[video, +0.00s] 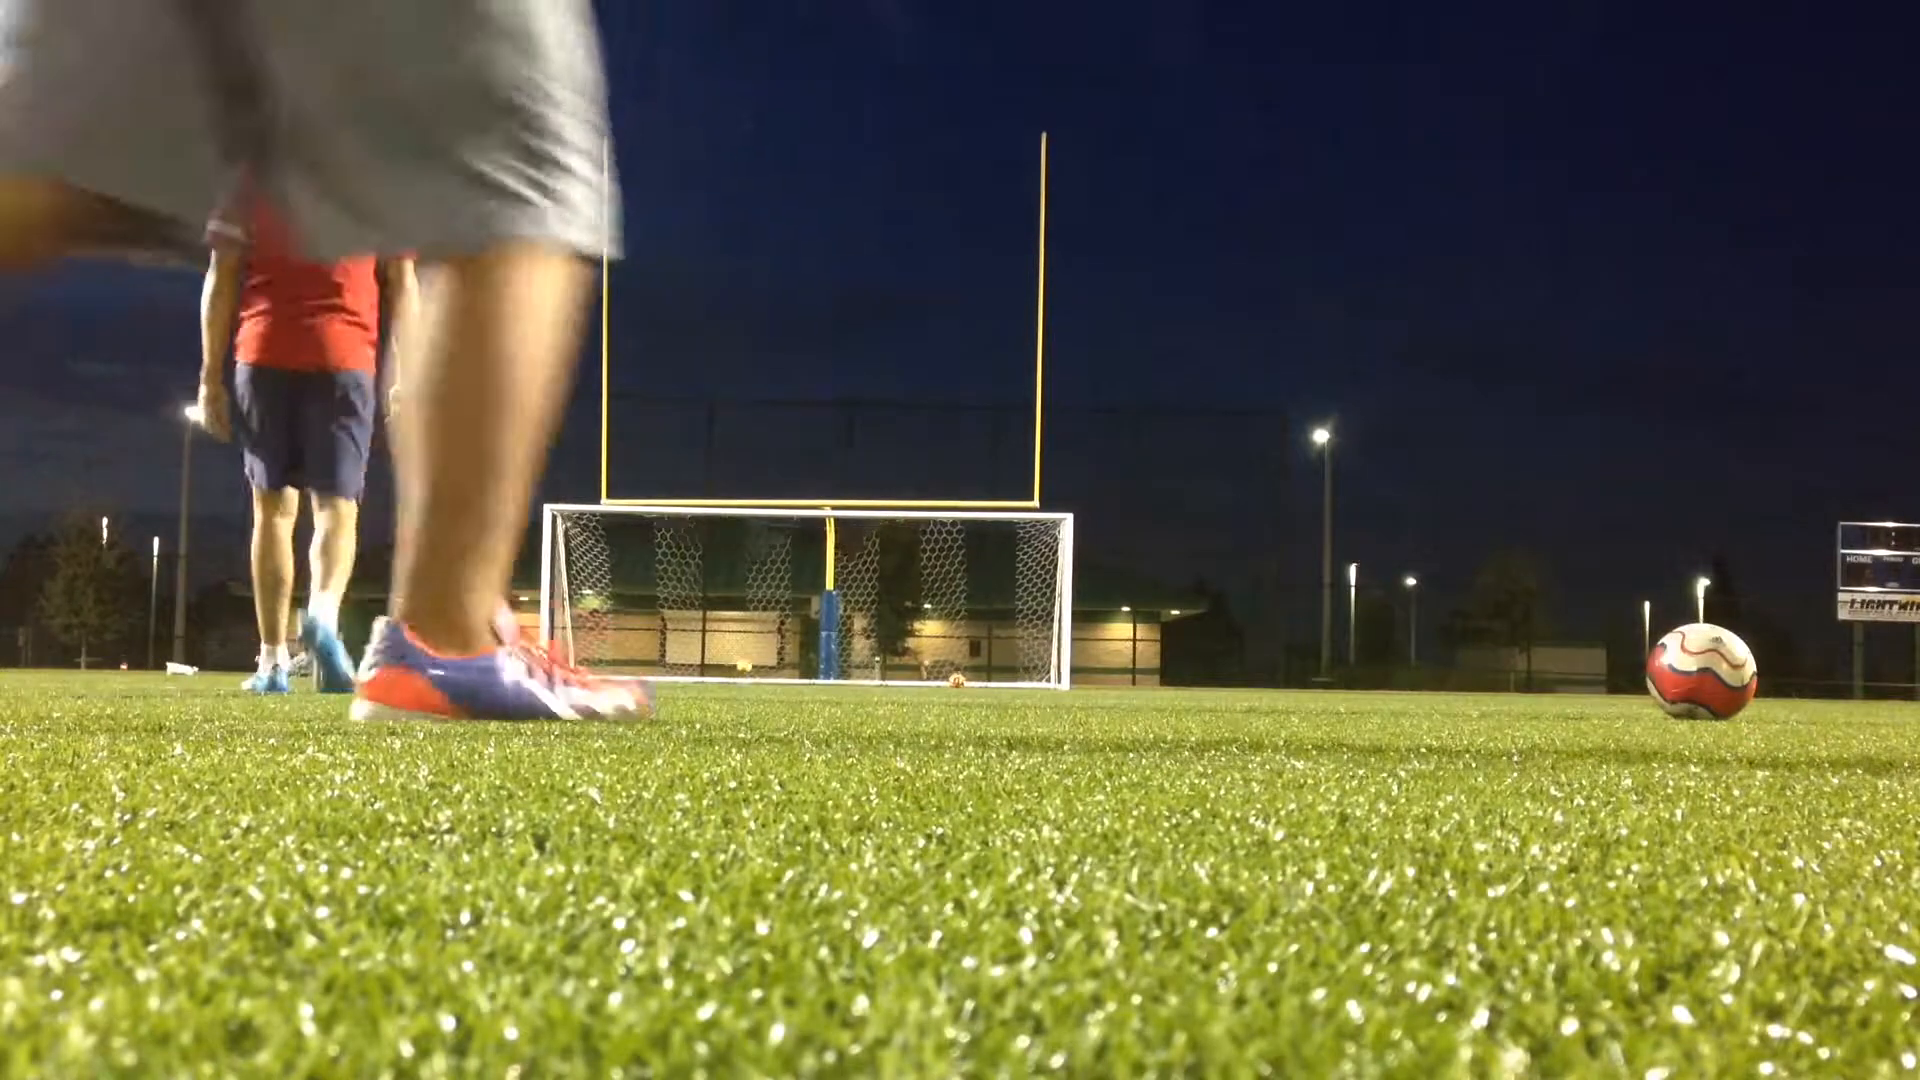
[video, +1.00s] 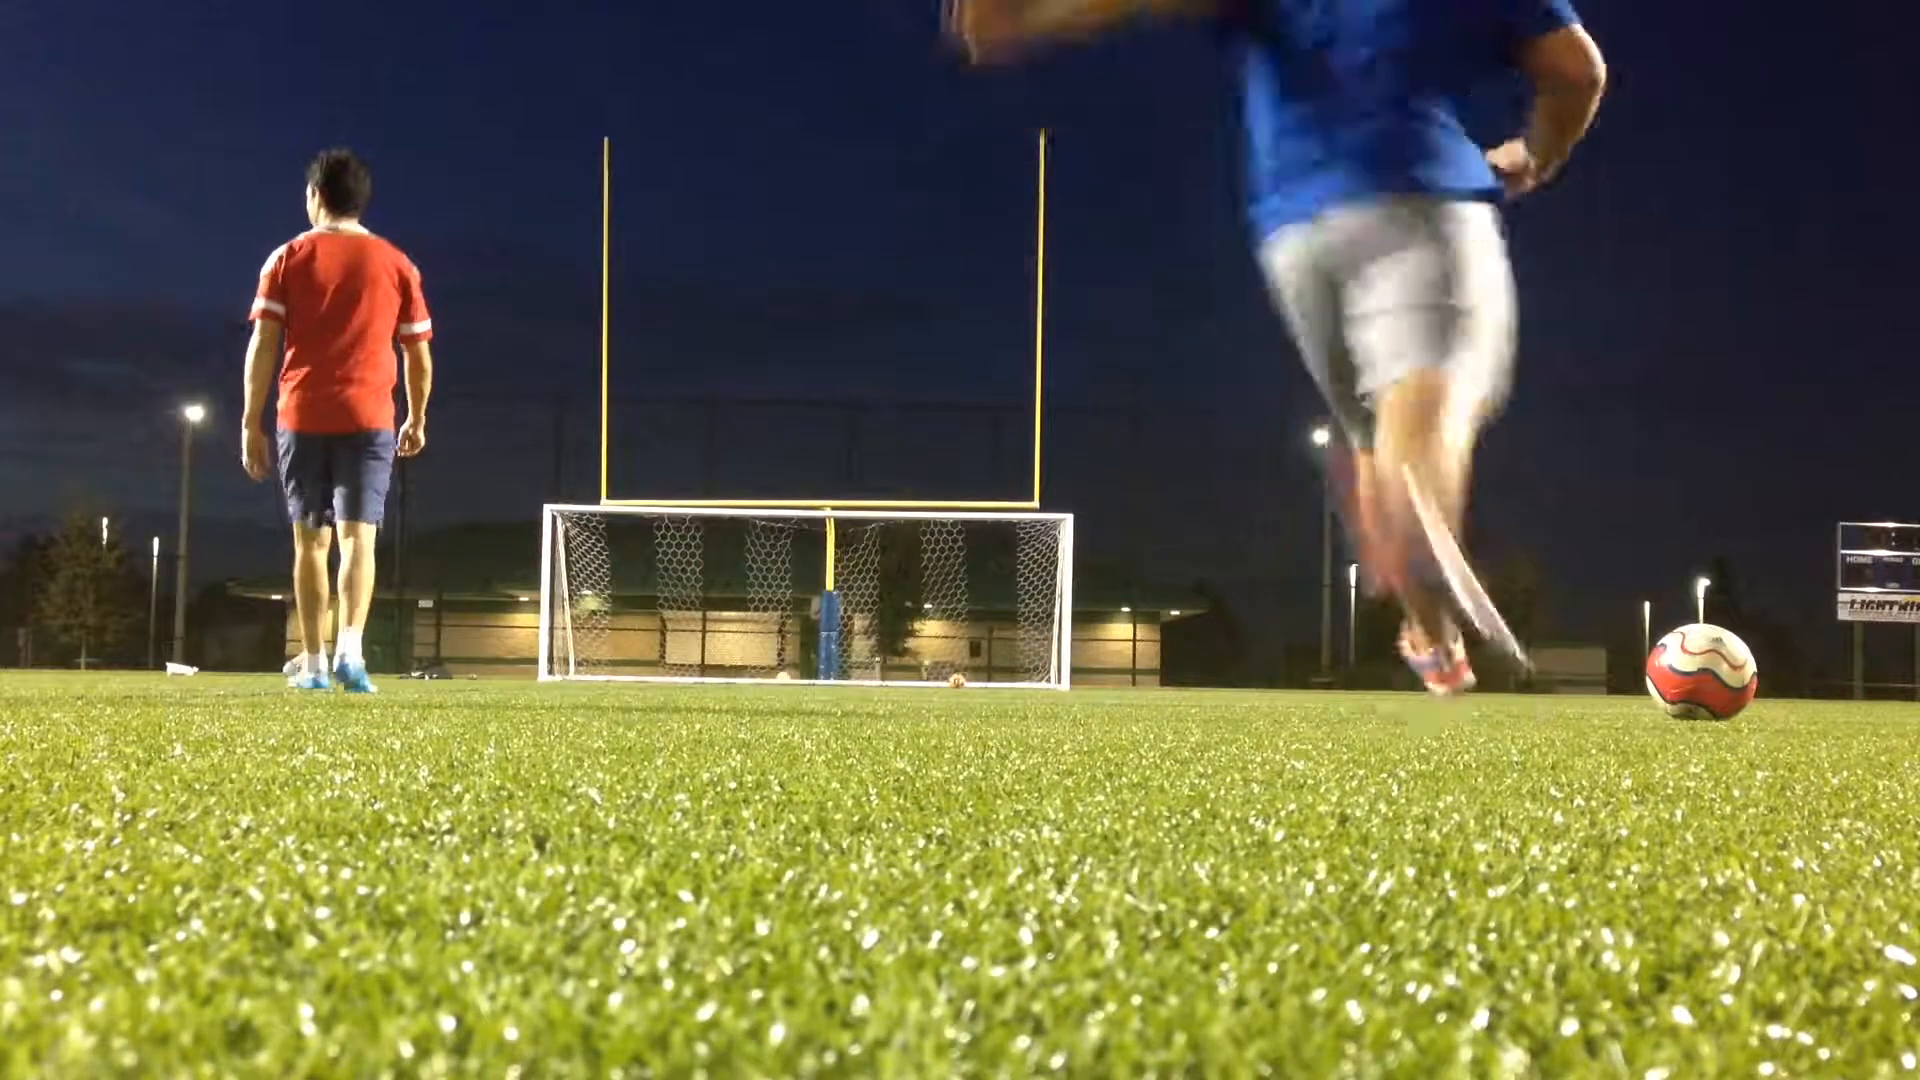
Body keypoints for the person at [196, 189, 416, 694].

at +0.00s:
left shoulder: (254, 173)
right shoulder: (374, 174)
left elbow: (223, 277)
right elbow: (401, 283)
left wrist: (212, 377)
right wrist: (400, 378)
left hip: (264, 355)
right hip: (345, 358)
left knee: (272, 512)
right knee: (336, 508)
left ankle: (273, 660)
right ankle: (323, 616)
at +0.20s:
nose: (334, 109)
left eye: (302, 97)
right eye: (338, 99)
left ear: (283, 102)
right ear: (344, 104)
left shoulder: (247, 169)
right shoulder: (375, 174)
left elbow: (225, 284)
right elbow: (393, 281)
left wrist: (232, 361)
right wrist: (393, 358)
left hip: (267, 357)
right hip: (348, 357)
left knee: (271, 504)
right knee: (342, 497)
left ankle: (273, 660)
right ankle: (324, 599)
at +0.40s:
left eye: (302, 123)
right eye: (351, 126)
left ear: (299, 130)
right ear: (358, 132)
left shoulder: (259, 191)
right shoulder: (379, 204)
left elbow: (234, 298)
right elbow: (395, 308)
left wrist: (254, 358)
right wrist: (399, 400)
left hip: (265, 373)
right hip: (342, 380)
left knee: (273, 516)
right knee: (346, 528)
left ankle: (273, 659)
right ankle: (349, 656)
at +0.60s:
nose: (312, 158)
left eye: (314, 150)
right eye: (318, 150)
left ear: (322, 155)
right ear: (374, 160)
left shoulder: (284, 215)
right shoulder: (402, 233)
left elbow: (253, 311)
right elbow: (409, 335)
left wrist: (255, 385)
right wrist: (410, 421)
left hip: (289, 393)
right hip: (364, 399)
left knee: (284, 520)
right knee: (354, 533)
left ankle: (287, 603)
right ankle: (347, 665)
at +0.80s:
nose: (315, 169)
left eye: (317, 161)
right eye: (321, 161)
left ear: (324, 164)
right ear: (375, 169)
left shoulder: (291, 225)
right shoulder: (407, 238)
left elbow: (262, 314)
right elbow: (424, 337)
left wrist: (245, 397)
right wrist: (420, 408)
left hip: (300, 395)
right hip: (372, 398)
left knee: (301, 519)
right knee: (359, 531)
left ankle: (305, 648)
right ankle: (348, 663)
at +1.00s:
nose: (307, 202)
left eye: (308, 194)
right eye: (310, 193)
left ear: (316, 197)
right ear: (363, 200)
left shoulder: (288, 258)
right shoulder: (397, 262)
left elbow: (264, 343)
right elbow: (418, 354)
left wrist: (251, 423)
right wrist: (418, 416)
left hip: (302, 415)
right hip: (371, 415)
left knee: (311, 542)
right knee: (359, 536)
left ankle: (313, 667)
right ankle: (349, 656)